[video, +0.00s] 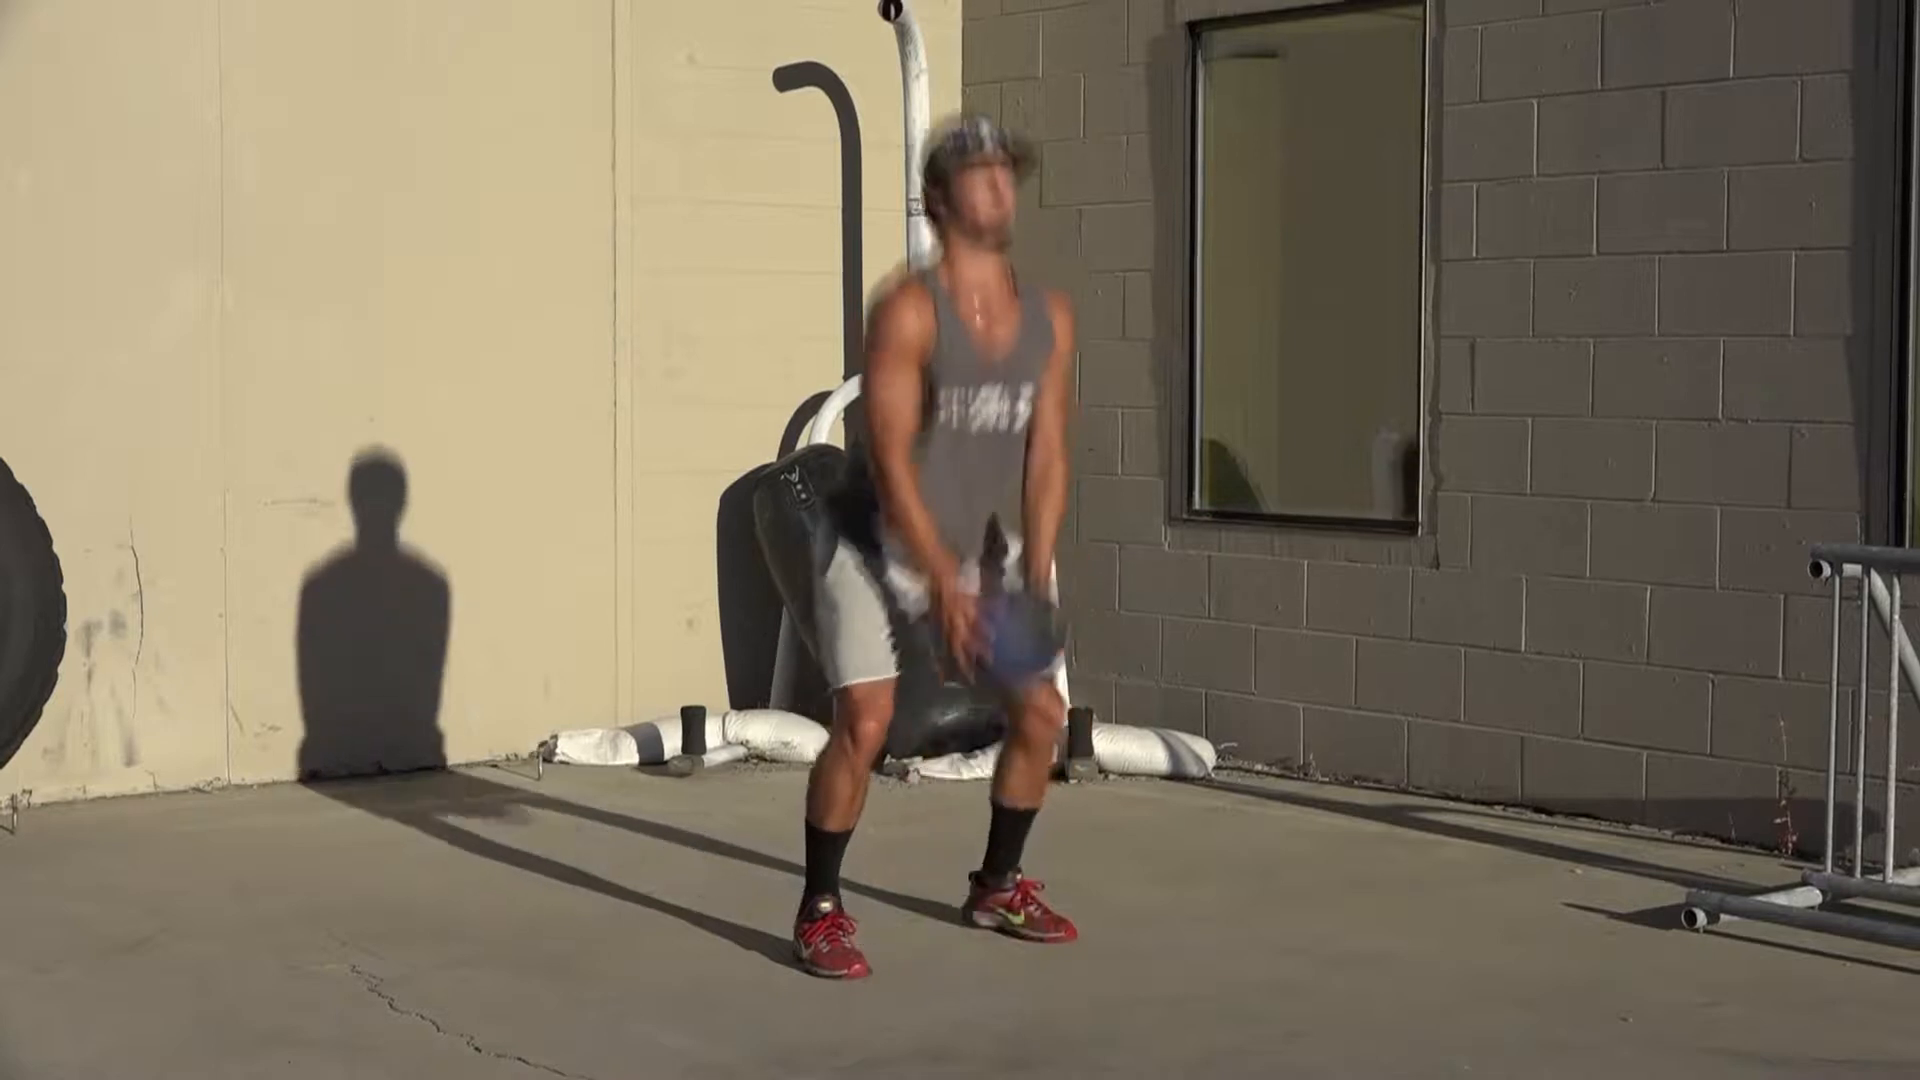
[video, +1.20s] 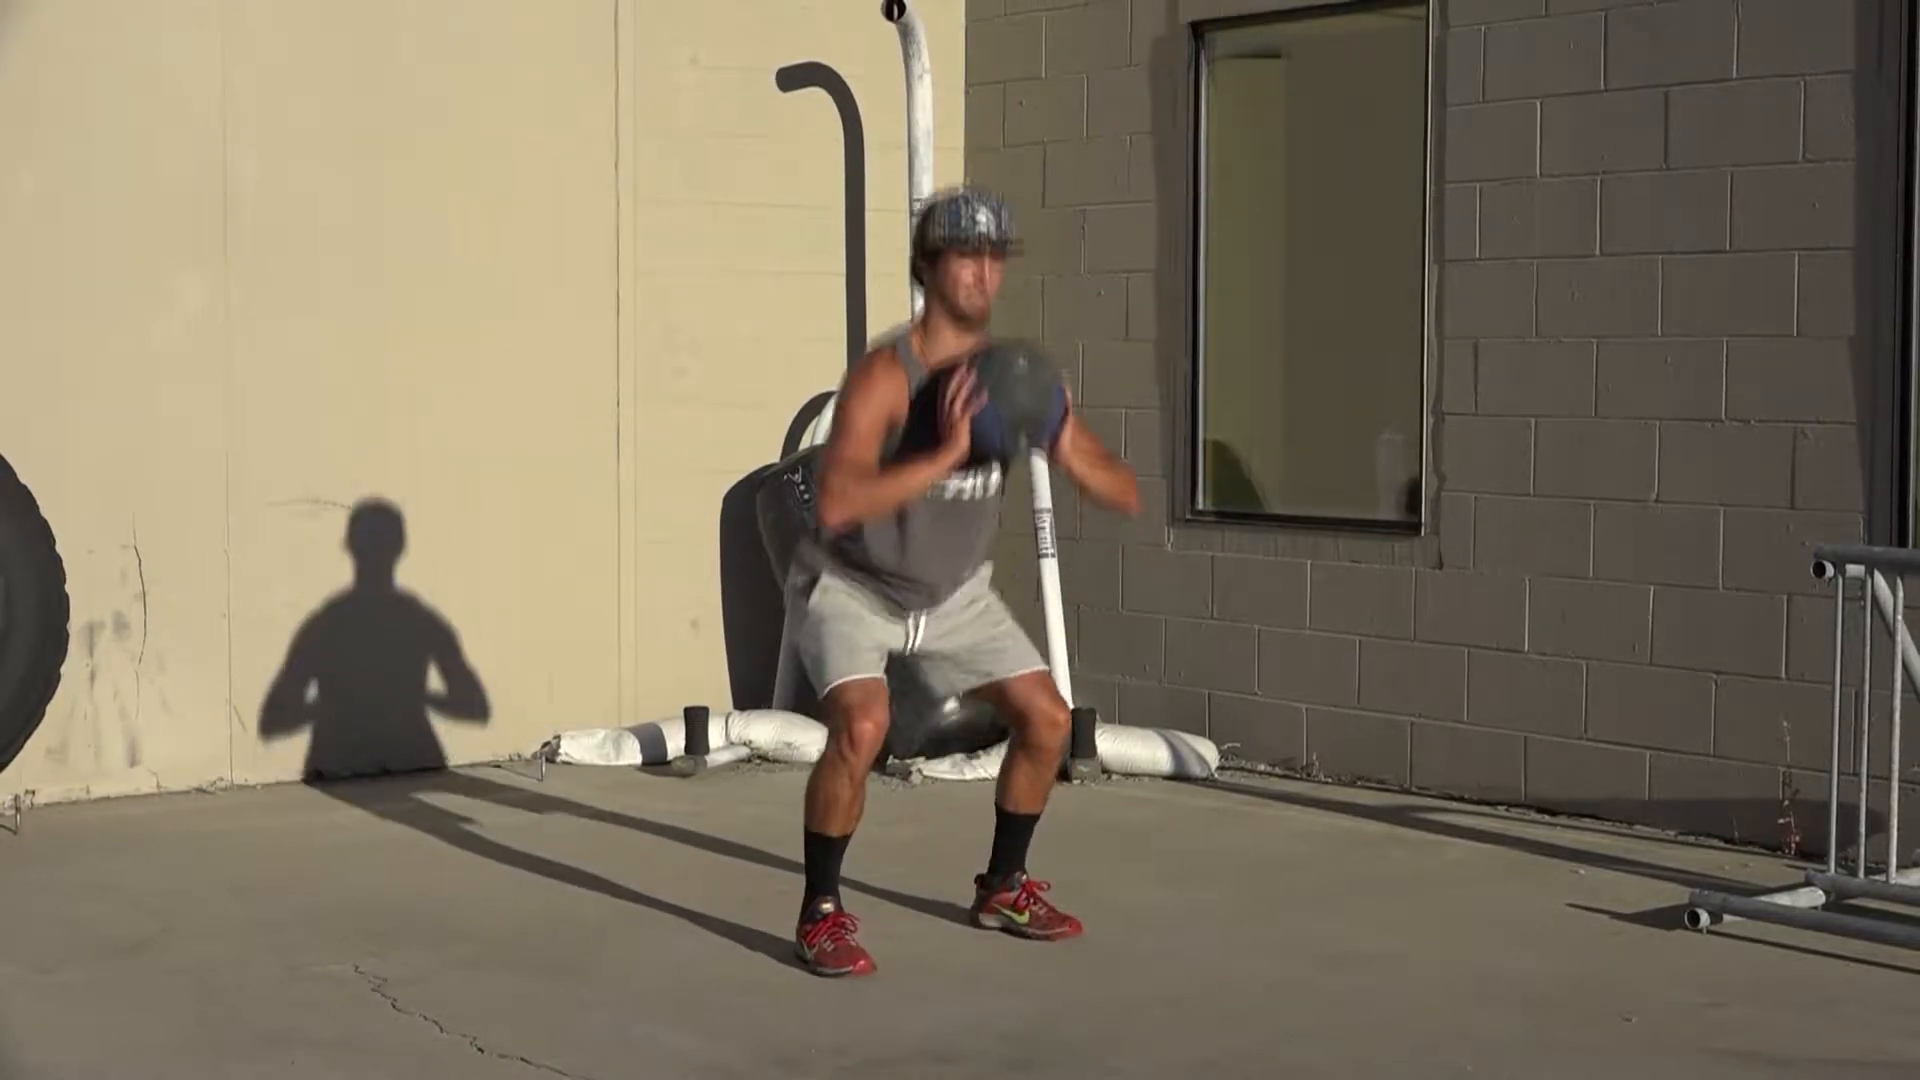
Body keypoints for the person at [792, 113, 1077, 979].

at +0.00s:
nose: (995, 187)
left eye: (1002, 173)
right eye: (975, 174)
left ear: (1016, 191)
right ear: (939, 196)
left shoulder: (1047, 314)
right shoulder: (906, 310)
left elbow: (1048, 453)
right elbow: (888, 462)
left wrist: (1039, 569)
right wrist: (942, 580)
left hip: (980, 546)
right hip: (879, 540)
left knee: (1042, 711)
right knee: (866, 719)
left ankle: (998, 885)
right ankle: (819, 909)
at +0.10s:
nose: (975, 105)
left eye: (983, 92)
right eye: (956, 91)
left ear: (997, 110)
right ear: (918, 111)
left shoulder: (1036, 227)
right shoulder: (890, 221)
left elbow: (1054, 368)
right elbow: (861, 369)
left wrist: (1050, 466)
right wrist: (941, 453)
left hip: (998, 485)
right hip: (893, 486)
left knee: (1018, 681)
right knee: (862, 691)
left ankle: (1007, 865)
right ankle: (825, 900)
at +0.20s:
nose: (959, 73)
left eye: (969, 60)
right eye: (940, 60)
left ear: (982, 76)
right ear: (902, 77)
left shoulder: (1022, 190)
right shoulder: (879, 175)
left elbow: (1066, 310)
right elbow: (834, 309)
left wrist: (1056, 372)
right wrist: (944, 358)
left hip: (1005, 459)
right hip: (904, 456)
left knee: (1010, 654)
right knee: (869, 658)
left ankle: (1028, 839)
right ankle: (839, 882)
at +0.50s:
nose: (954, 195)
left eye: (965, 180)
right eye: (936, 181)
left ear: (982, 194)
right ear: (901, 199)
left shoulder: (1012, 291)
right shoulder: (888, 306)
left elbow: (1136, 405)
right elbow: (869, 429)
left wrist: (1080, 352)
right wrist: (977, 360)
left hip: (972, 571)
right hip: (868, 570)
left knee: (1055, 716)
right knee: (861, 728)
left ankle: (1003, 884)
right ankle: (819, 910)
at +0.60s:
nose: (976, 297)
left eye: (985, 282)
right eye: (958, 282)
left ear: (996, 293)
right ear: (920, 295)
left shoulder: (1017, 388)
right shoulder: (891, 402)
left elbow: (1144, 509)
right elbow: (863, 540)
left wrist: (1070, 450)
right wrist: (967, 466)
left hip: (954, 619)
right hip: (853, 614)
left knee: (1062, 726)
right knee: (860, 733)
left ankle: (1002, 887)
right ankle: (820, 913)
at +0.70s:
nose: (985, 386)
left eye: (995, 370)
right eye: (967, 371)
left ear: (1009, 382)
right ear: (930, 385)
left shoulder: (1019, 483)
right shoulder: (895, 487)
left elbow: (1136, 599)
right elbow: (856, 629)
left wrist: (1078, 555)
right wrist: (963, 570)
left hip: (931, 653)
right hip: (830, 656)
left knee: (1058, 727)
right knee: (856, 737)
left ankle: (1002, 887)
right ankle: (820, 913)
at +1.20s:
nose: (980, 274)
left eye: (993, 258)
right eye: (963, 257)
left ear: (1004, 271)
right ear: (926, 267)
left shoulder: (1015, 374)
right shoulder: (884, 374)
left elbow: (1126, 495)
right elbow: (836, 506)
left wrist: (1061, 441)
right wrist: (947, 454)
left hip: (959, 593)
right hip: (854, 586)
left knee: (1047, 721)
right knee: (862, 725)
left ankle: (1004, 886)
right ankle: (821, 911)